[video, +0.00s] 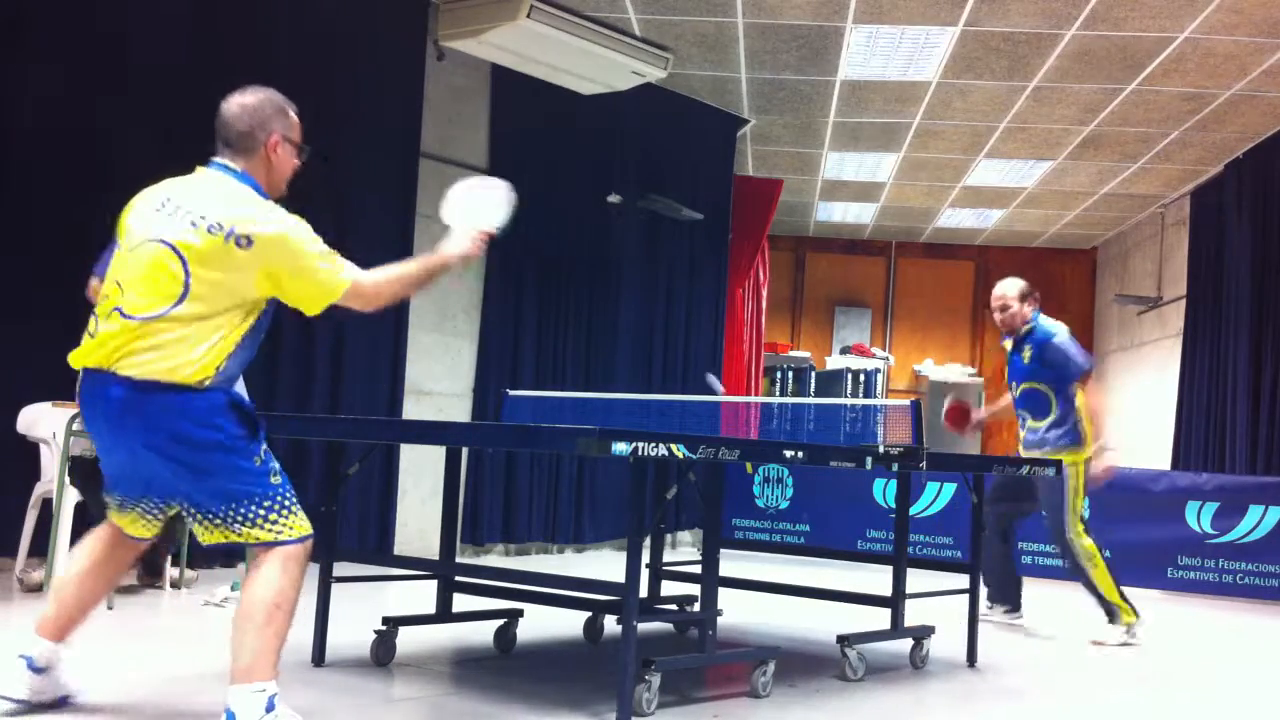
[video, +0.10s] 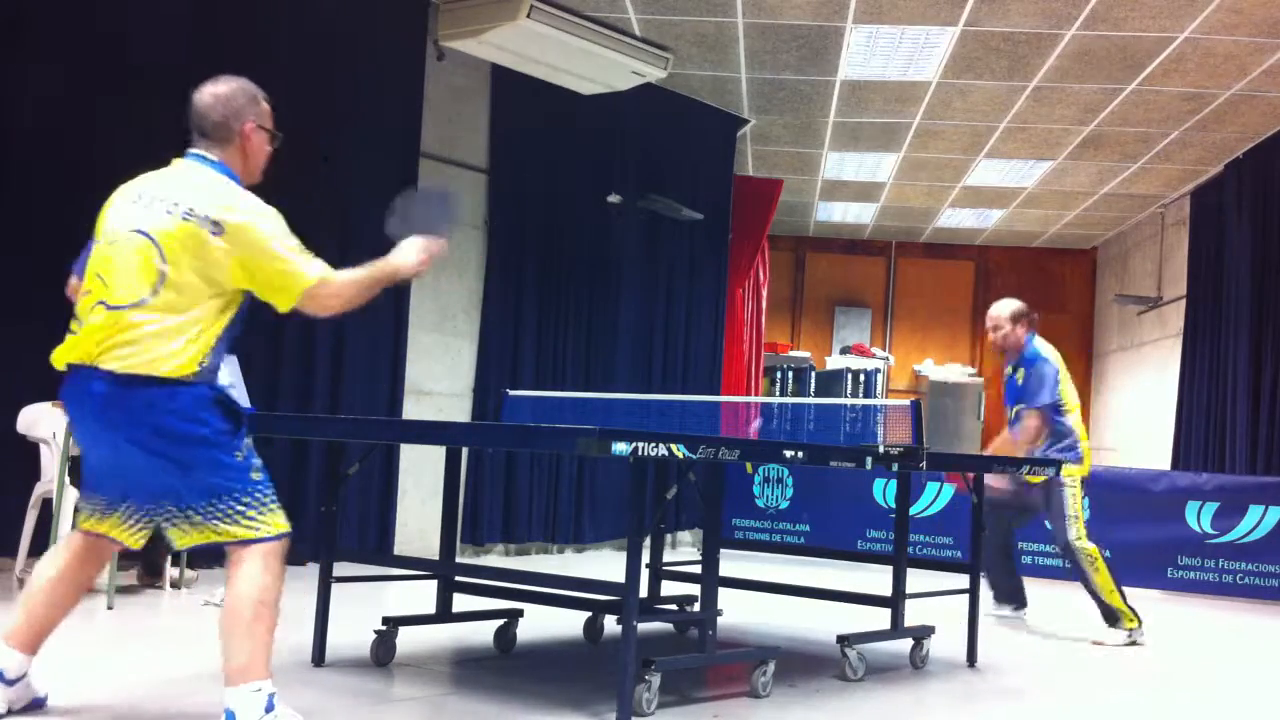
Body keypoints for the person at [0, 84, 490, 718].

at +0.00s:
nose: (297, 161)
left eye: (298, 148)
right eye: (296, 147)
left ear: (223, 142)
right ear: (273, 145)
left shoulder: (154, 197)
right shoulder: (270, 226)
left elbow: (102, 289)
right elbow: (366, 292)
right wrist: (449, 256)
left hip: (103, 390)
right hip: (183, 401)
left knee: (134, 519)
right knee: (286, 540)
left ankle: (35, 661)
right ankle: (252, 702)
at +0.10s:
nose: (271, 145)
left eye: (271, 132)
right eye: (268, 132)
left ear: (197, 132)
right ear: (248, 133)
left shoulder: (131, 192)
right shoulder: (243, 214)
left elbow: (83, 287)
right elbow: (323, 296)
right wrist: (397, 265)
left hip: (91, 386)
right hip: (170, 395)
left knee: (99, 529)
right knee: (261, 539)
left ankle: (7, 669)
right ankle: (250, 703)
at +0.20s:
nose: (250, 136)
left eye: (249, 124)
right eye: (247, 124)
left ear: (176, 125)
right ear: (227, 127)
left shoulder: (117, 182)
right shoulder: (210, 200)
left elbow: (77, 285)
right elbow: (262, 301)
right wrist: (343, 292)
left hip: (66, 373)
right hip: (139, 378)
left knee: (83, 529)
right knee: (222, 529)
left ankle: (4, 669)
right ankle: (238, 700)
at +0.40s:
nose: (219, 130)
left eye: (220, 118)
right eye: (219, 118)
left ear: (150, 113)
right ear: (202, 115)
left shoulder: (82, 172)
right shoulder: (190, 178)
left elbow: (27, 271)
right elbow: (193, 282)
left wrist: (85, 319)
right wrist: (244, 325)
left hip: (49, 363)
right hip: (132, 367)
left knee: (52, 529)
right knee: (172, 537)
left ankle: (3, 678)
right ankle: (142, 706)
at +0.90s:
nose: (241, 123)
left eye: (241, 111)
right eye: (239, 111)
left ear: (172, 112)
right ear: (212, 116)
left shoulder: (129, 163)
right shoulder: (166, 185)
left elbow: (91, 283)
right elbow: (135, 295)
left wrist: (178, 352)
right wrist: (226, 340)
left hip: (52, 368)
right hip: (96, 376)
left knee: (76, 534)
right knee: (184, 543)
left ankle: (2, 674)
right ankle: (97, 704)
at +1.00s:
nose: (252, 117)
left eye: (252, 104)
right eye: (248, 103)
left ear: (192, 106)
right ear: (221, 109)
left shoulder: (164, 169)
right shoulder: (159, 182)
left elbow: (160, 294)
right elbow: (119, 299)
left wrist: (224, 339)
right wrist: (227, 339)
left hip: (108, 377)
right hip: (113, 381)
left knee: (108, 539)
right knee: (179, 551)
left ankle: (15, 671)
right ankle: (87, 708)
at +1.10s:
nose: (278, 115)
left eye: (277, 102)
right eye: (271, 100)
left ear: (228, 103)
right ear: (234, 102)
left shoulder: (235, 181)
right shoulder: (146, 178)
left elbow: (255, 279)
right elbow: (96, 297)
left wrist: (284, 334)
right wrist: (211, 358)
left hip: (183, 378)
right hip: (120, 374)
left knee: (188, 548)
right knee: (168, 546)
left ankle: (82, 665)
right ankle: (84, 702)